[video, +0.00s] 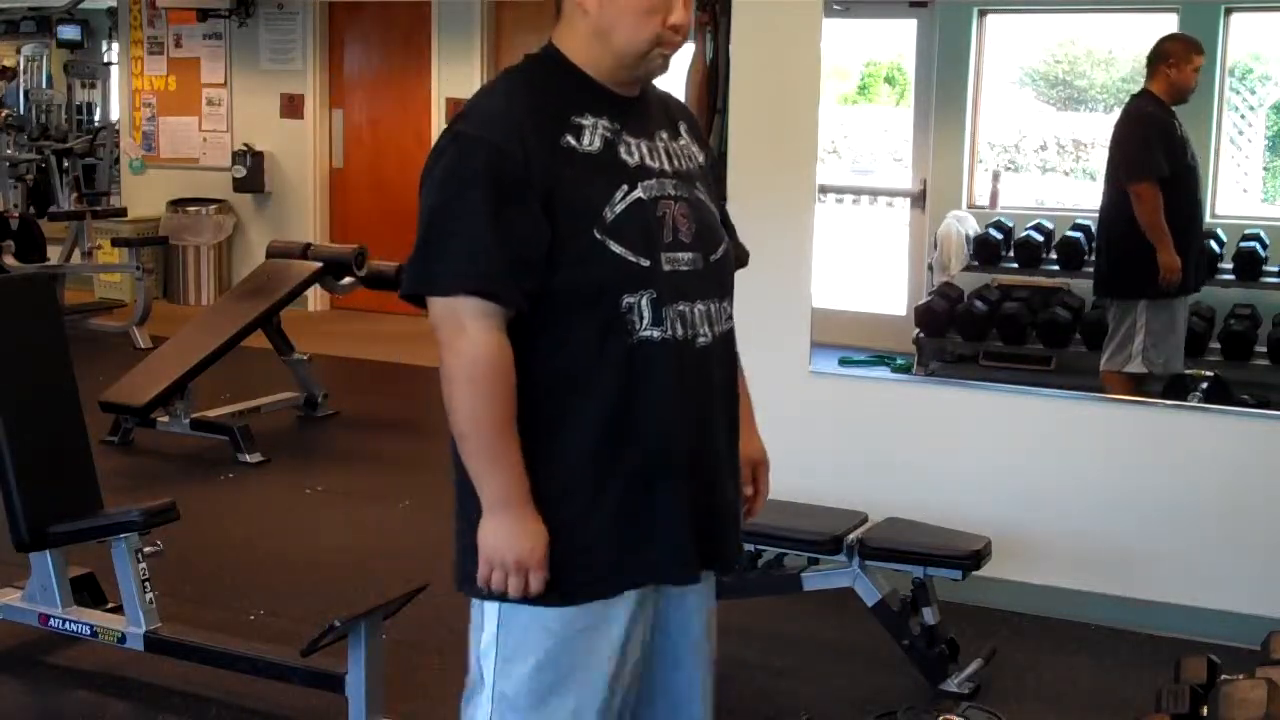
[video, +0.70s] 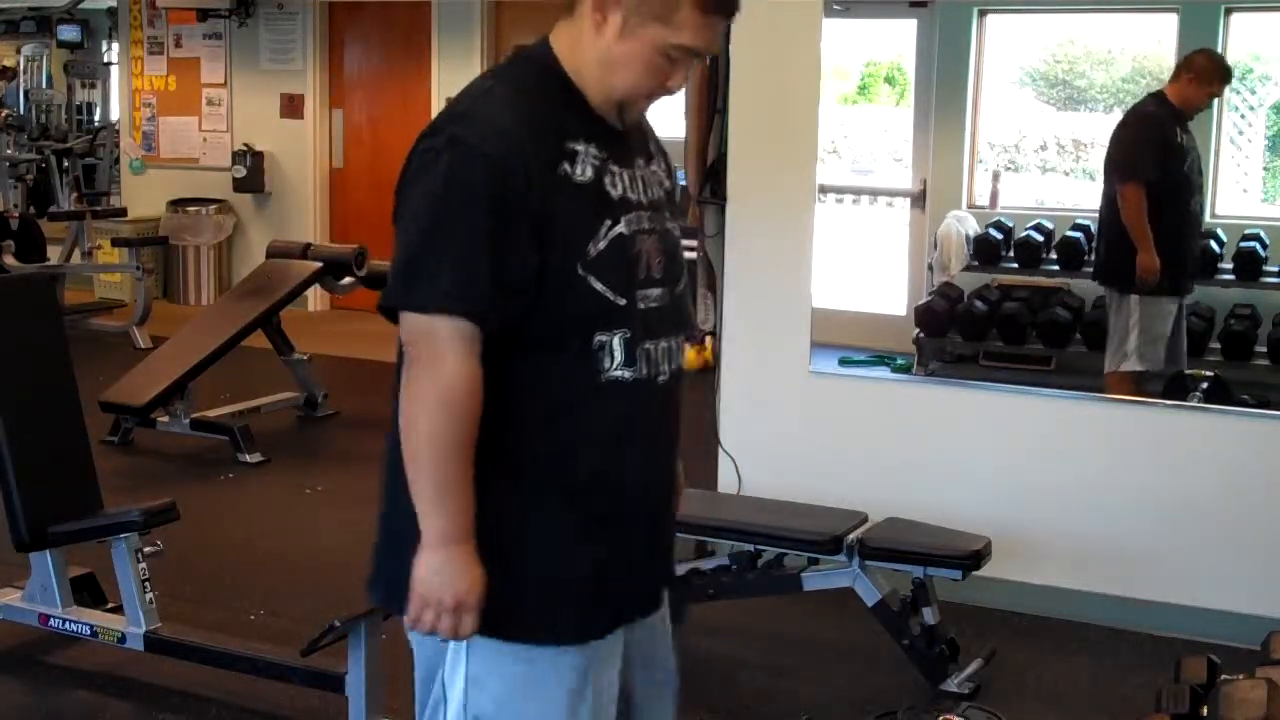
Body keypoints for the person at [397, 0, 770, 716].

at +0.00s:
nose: (683, 21)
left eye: (688, 3)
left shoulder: (680, 128)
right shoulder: (498, 130)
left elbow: (704, 302)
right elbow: (466, 324)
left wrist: (741, 419)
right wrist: (504, 504)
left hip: (681, 521)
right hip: (559, 538)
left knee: (674, 712)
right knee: (534, 712)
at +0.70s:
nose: (682, 82)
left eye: (696, 63)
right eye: (672, 56)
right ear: (604, 14)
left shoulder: (640, 147)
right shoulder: (479, 142)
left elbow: (643, 334)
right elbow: (437, 349)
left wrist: (659, 473)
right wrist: (445, 542)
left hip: (626, 555)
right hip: (507, 577)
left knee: (634, 705)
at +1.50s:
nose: (695, 112)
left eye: (713, 93)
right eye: (688, 83)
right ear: (624, 31)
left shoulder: (653, 153)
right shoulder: (484, 148)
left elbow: (648, 321)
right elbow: (421, 341)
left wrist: (668, 442)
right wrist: (429, 525)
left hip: (622, 554)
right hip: (491, 571)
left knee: (626, 709)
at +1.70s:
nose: (705, 118)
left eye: (721, 101)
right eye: (701, 92)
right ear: (638, 41)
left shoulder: (659, 151)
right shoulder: (489, 146)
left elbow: (647, 321)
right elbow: (423, 344)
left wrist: (664, 447)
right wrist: (409, 520)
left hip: (610, 555)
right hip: (479, 572)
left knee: (623, 711)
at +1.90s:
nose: (732, 146)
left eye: (748, 129)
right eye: (730, 119)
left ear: (671, 66)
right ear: (670, 64)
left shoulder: (697, 172)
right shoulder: (512, 156)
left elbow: (677, 341)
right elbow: (438, 348)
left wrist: (675, 473)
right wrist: (405, 526)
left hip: (589, 553)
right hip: (466, 562)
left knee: (580, 710)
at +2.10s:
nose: (764, 220)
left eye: (777, 206)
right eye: (760, 198)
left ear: (705, 140)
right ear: (703, 136)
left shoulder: (697, 222)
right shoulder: (541, 210)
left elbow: (683, 370)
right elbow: (453, 412)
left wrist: (675, 502)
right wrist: (407, 586)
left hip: (562, 563)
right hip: (440, 577)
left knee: (570, 709)